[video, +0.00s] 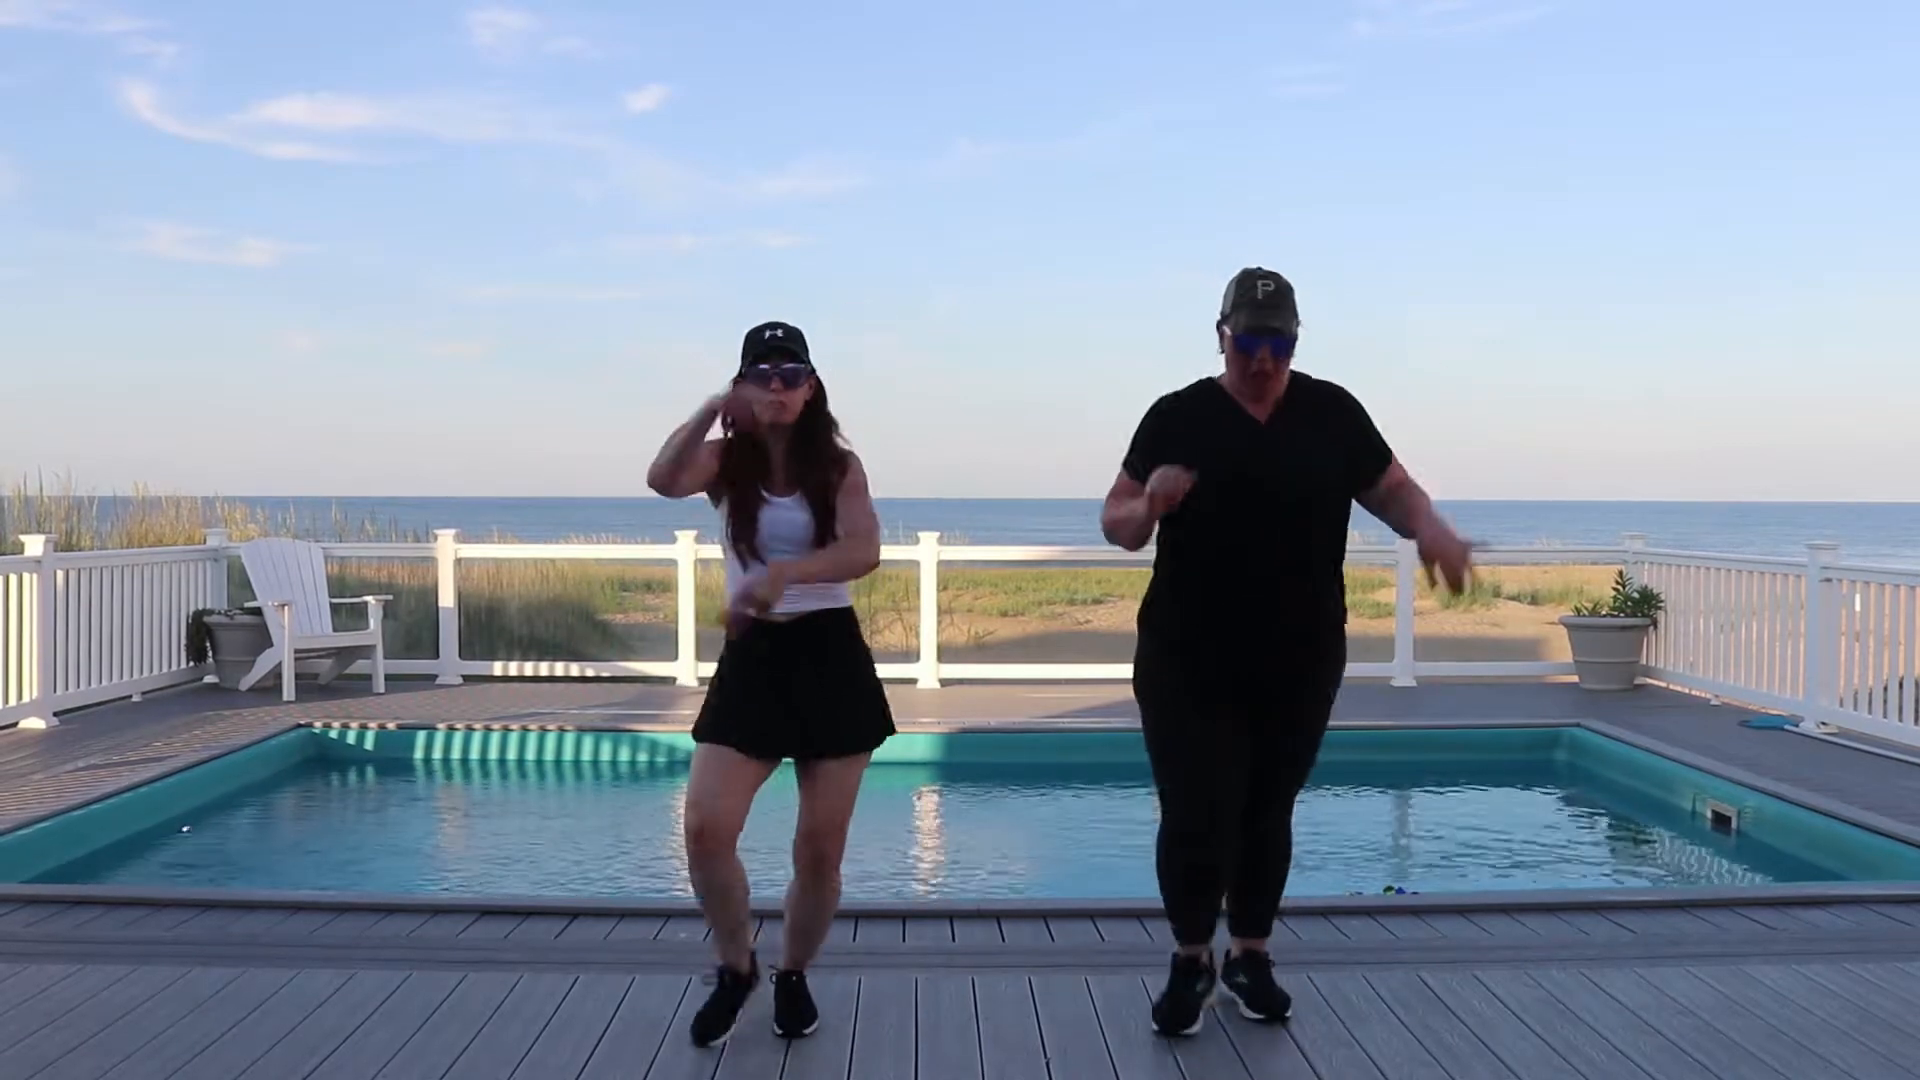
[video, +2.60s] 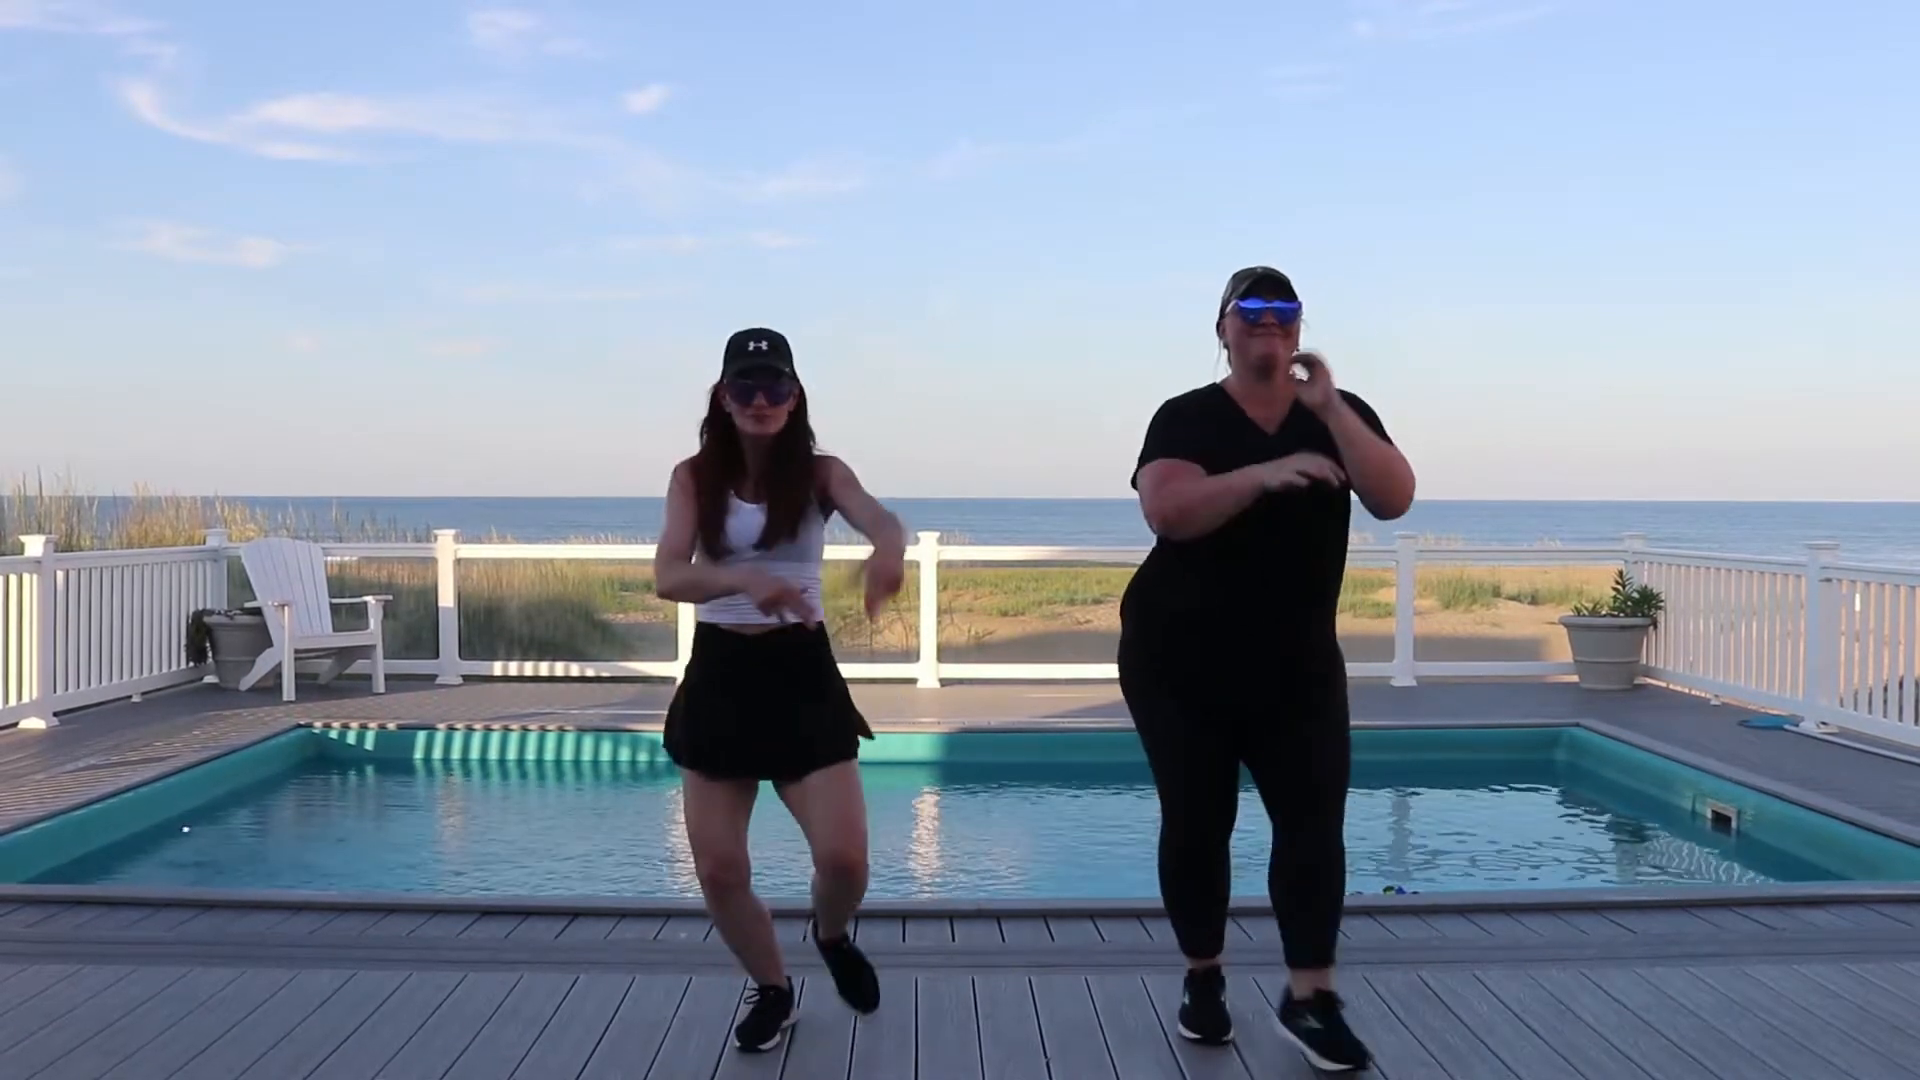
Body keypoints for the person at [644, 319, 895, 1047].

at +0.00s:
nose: (781, 390)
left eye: (794, 377)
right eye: (765, 377)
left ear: (813, 386)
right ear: (743, 388)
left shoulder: (836, 461)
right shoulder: (728, 457)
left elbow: (863, 552)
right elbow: (666, 479)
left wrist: (783, 570)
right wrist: (714, 407)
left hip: (832, 657)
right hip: (753, 658)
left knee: (820, 850)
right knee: (705, 829)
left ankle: (793, 974)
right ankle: (737, 969)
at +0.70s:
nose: (774, 370)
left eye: (789, 356)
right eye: (759, 357)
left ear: (810, 366)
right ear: (739, 366)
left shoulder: (834, 437)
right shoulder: (719, 440)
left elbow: (852, 532)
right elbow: (681, 537)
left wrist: (773, 586)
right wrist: (690, 464)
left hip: (834, 638)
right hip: (751, 638)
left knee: (854, 834)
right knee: (748, 828)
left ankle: (830, 944)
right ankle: (777, 972)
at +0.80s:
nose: (775, 395)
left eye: (789, 381)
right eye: (761, 381)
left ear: (812, 387)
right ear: (740, 387)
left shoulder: (835, 461)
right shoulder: (713, 461)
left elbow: (860, 531)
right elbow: (674, 546)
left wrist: (866, 602)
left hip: (820, 656)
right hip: (738, 659)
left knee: (860, 855)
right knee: (745, 859)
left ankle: (835, 928)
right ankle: (783, 981)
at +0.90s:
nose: (779, 402)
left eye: (794, 388)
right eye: (765, 388)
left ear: (815, 396)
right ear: (743, 394)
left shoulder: (831, 464)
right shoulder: (714, 469)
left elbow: (875, 502)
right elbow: (682, 554)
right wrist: (762, 569)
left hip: (815, 668)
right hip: (731, 670)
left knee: (840, 852)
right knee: (738, 863)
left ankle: (839, 963)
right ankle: (782, 983)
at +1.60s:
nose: (783, 375)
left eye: (797, 360)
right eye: (768, 361)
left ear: (820, 367)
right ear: (747, 367)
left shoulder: (841, 448)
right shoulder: (721, 438)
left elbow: (859, 530)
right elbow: (659, 507)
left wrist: (872, 491)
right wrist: (747, 548)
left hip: (814, 646)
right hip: (731, 643)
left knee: (798, 845)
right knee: (697, 844)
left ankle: (789, 976)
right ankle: (735, 936)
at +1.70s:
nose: (779, 394)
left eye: (793, 380)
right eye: (764, 381)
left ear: (814, 389)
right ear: (743, 392)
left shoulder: (838, 468)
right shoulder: (723, 460)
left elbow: (862, 548)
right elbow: (643, 494)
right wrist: (712, 501)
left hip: (824, 669)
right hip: (741, 666)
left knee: (811, 858)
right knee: (687, 849)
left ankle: (787, 976)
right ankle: (731, 948)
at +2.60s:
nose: (760, 400)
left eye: (774, 387)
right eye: (745, 388)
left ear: (795, 394)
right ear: (723, 395)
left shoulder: (820, 471)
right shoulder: (695, 478)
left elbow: (884, 525)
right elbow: (668, 577)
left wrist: (888, 557)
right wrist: (745, 578)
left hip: (803, 672)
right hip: (719, 674)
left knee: (846, 860)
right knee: (717, 871)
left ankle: (833, 938)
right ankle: (771, 988)